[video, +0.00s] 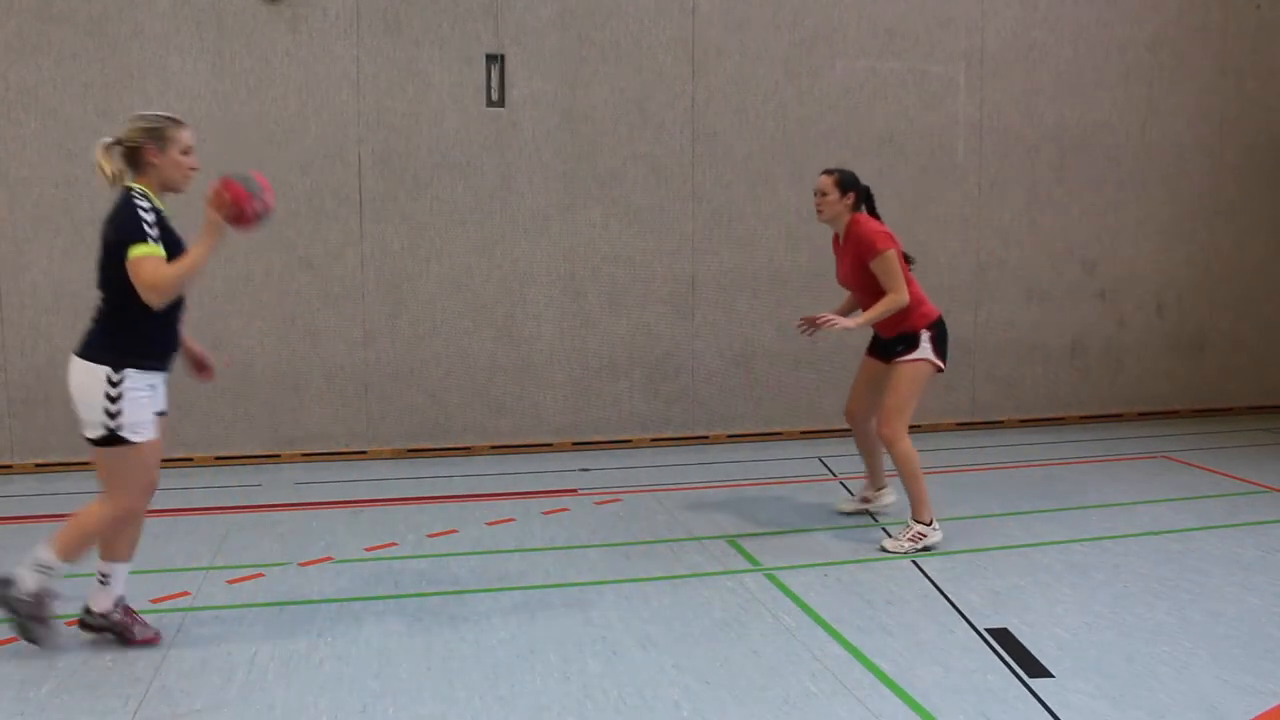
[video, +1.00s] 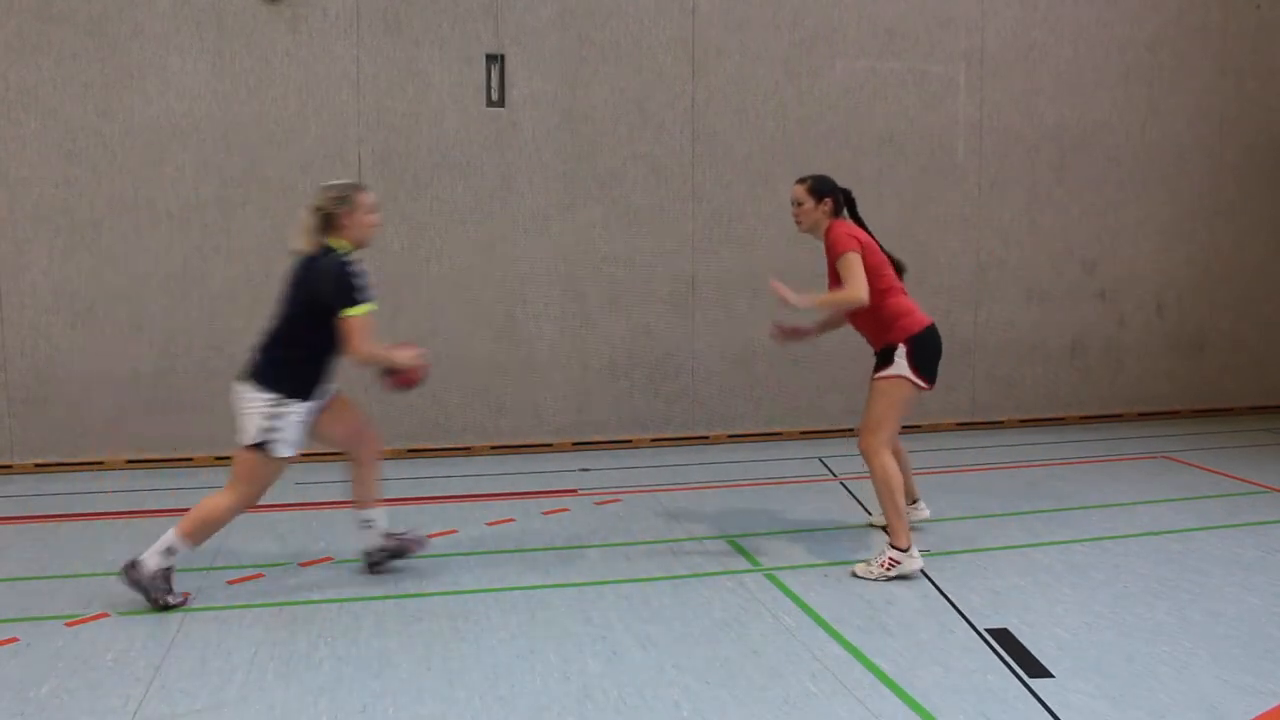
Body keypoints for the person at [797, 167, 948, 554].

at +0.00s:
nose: (816, 202)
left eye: (823, 195)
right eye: (815, 195)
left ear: (848, 198)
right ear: (837, 201)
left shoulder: (870, 234)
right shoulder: (842, 237)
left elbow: (899, 295)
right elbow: (862, 289)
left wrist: (854, 322)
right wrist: (832, 316)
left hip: (920, 334)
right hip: (887, 335)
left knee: (891, 427)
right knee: (858, 414)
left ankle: (925, 524)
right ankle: (877, 489)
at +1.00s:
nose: (794, 213)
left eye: (799, 205)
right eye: (792, 206)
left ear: (826, 204)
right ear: (824, 206)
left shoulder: (841, 233)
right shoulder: (835, 240)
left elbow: (858, 294)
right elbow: (851, 308)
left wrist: (803, 301)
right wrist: (809, 330)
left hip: (908, 342)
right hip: (898, 343)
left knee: (873, 443)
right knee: (880, 432)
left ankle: (901, 550)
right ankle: (910, 503)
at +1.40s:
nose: (795, 215)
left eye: (800, 206)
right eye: (794, 208)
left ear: (827, 204)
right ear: (819, 208)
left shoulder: (844, 228)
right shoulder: (823, 253)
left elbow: (791, 247)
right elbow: (785, 300)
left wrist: (737, 227)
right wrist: (728, 299)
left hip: (908, 341)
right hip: (892, 345)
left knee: (865, 442)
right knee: (875, 433)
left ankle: (874, 551)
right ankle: (918, 502)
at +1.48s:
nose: (793, 230)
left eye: (799, 222)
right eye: (792, 224)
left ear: (825, 220)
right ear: (817, 223)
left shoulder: (837, 243)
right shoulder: (817, 268)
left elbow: (775, 257)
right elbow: (775, 316)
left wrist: (713, 241)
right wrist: (717, 319)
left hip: (907, 360)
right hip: (888, 365)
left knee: (861, 456)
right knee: (872, 448)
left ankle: (880, 571)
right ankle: (921, 512)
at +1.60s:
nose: (785, 254)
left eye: (792, 246)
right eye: (784, 247)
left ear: (817, 250)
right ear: (810, 252)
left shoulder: (827, 272)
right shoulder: (809, 298)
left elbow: (769, 283)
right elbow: (781, 352)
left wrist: (708, 273)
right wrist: (737, 349)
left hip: (901, 385)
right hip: (883, 389)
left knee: (844, 468)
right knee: (859, 464)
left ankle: (881, 577)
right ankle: (923, 519)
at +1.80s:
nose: (788, 256)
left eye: (797, 250)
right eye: (788, 250)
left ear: (821, 258)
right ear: (790, 258)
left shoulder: (825, 278)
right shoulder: (808, 300)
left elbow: (800, 296)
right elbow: (805, 365)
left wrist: (761, 270)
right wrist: (765, 336)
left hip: (880, 402)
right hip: (870, 404)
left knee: (823, 478)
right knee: (860, 485)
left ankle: (877, 576)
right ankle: (931, 517)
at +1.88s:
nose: (794, 256)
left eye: (804, 250)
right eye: (793, 250)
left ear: (826, 259)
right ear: (793, 258)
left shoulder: (830, 281)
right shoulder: (801, 303)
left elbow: (812, 300)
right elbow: (802, 365)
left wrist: (775, 272)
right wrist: (763, 322)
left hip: (880, 405)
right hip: (865, 407)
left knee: (820, 479)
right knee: (866, 492)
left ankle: (876, 576)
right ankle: (933, 517)